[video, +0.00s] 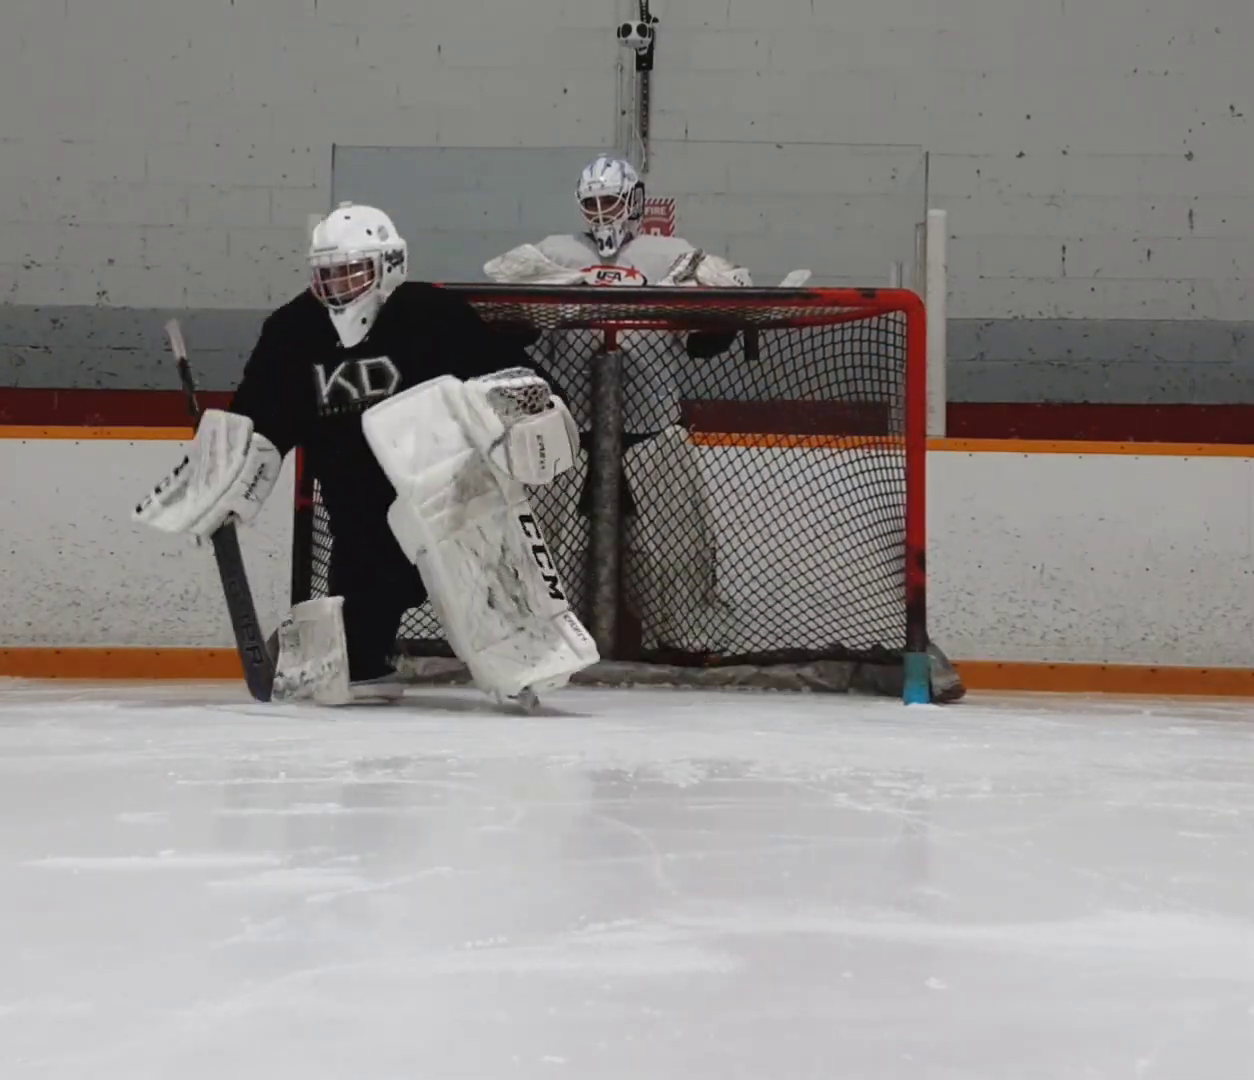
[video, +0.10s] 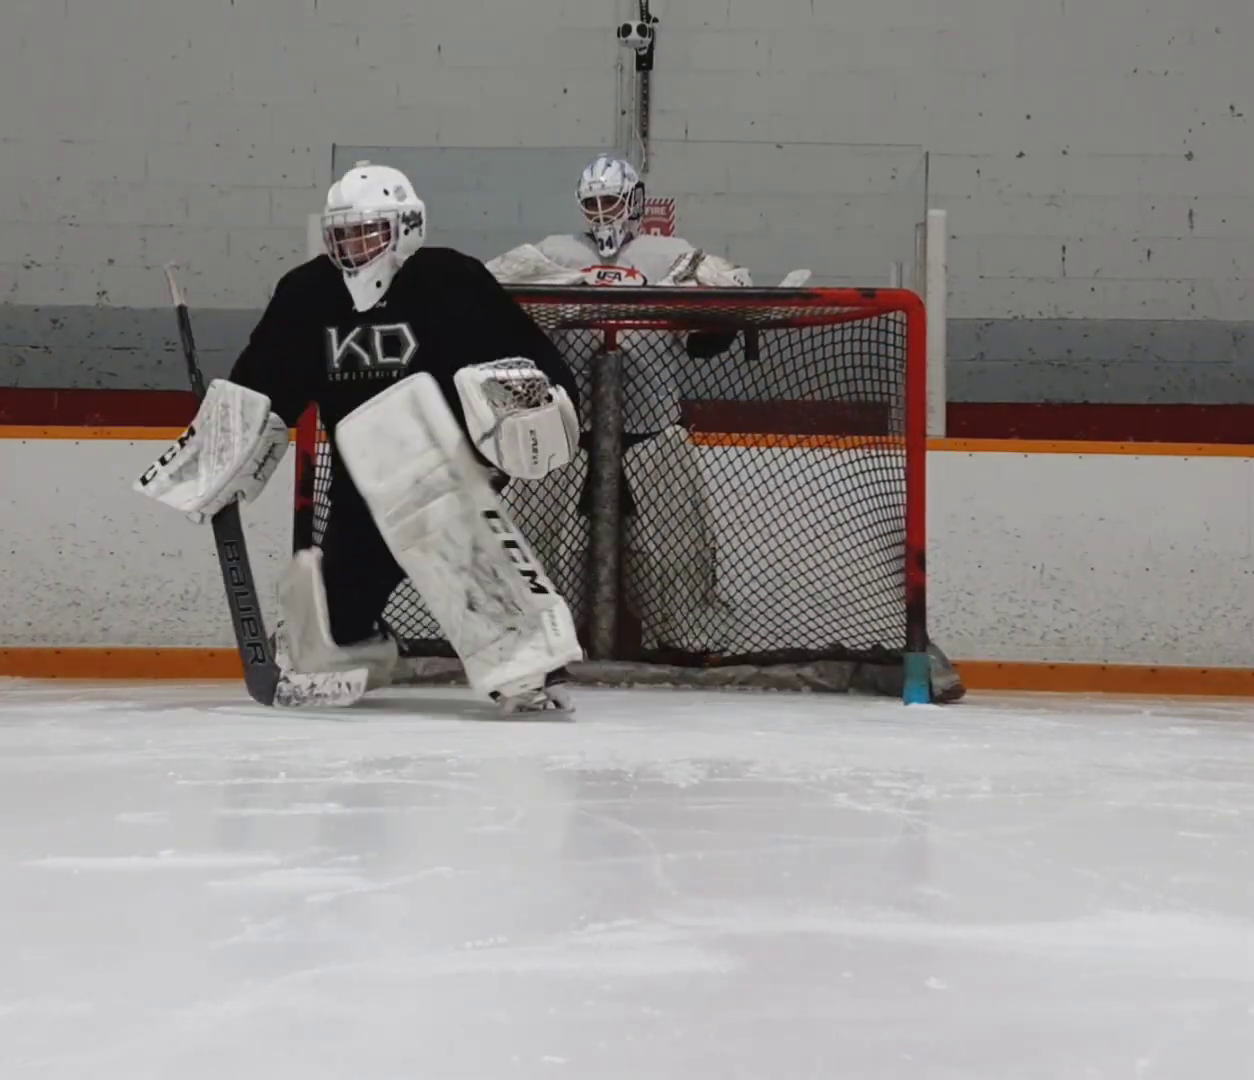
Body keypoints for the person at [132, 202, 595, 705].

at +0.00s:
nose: (341, 284)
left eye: (352, 271)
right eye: (330, 274)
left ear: (386, 265)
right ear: (315, 276)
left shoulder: (431, 314)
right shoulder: (291, 331)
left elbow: (508, 375)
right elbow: (258, 422)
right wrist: (221, 481)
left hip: (443, 495)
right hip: (354, 507)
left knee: (478, 583)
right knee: (356, 655)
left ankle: (515, 667)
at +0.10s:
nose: (352, 247)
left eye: (366, 234)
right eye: (341, 235)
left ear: (404, 228)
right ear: (328, 235)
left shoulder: (451, 280)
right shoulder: (307, 293)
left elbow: (529, 362)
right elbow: (260, 384)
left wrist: (525, 419)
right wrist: (215, 455)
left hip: (446, 464)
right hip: (359, 472)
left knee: (476, 565)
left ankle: (520, 678)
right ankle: (351, 659)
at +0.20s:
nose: (345, 222)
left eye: (359, 208)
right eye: (335, 210)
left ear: (397, 204)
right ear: (322, 210)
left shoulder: (449, 268)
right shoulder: (301, 274)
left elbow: (530, 357)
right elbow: (259, 373)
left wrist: (515, 415)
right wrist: (214, 438)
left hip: (449, 451)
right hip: (354, 449)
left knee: (427, 551)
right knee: (304, 547)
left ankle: (467, 669)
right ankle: (321, 668)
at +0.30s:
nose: (333, 210)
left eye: (347, 196)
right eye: (322, 198)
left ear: (383, 192)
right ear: (308, 200)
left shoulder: (431, 252)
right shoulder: (290, 264)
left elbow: (508, 356)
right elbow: (243, 361)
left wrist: (469, 412)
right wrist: (194, 431)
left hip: (431, 439)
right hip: (341, 438)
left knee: (417, 545)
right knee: (293, 549)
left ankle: (478, 674)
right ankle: (271, 678)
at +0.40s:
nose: (334, 205)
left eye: (348, 191)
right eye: (321, 192)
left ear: (377, 188)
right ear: (303, 193)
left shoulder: (426, 252)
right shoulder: (277, 258)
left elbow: (486, 363)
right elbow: (227, 354)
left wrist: (440, 406)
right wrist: (176, 422)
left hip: (440, 437)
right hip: (336, 438)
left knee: (445, 542)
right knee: (275, 540)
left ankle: (520, 676)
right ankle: (238, 665)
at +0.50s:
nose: (338, 203)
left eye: (351, 190)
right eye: (324, 190)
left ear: (371, 188)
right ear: (298, 191)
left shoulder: (416, 248)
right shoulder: (265, 254)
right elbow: (212, 350)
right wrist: (163, 424)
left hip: (420, 439)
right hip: (319, 437)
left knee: (478, 559)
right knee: (276, 558)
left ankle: (582, 670)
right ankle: (217, 677)